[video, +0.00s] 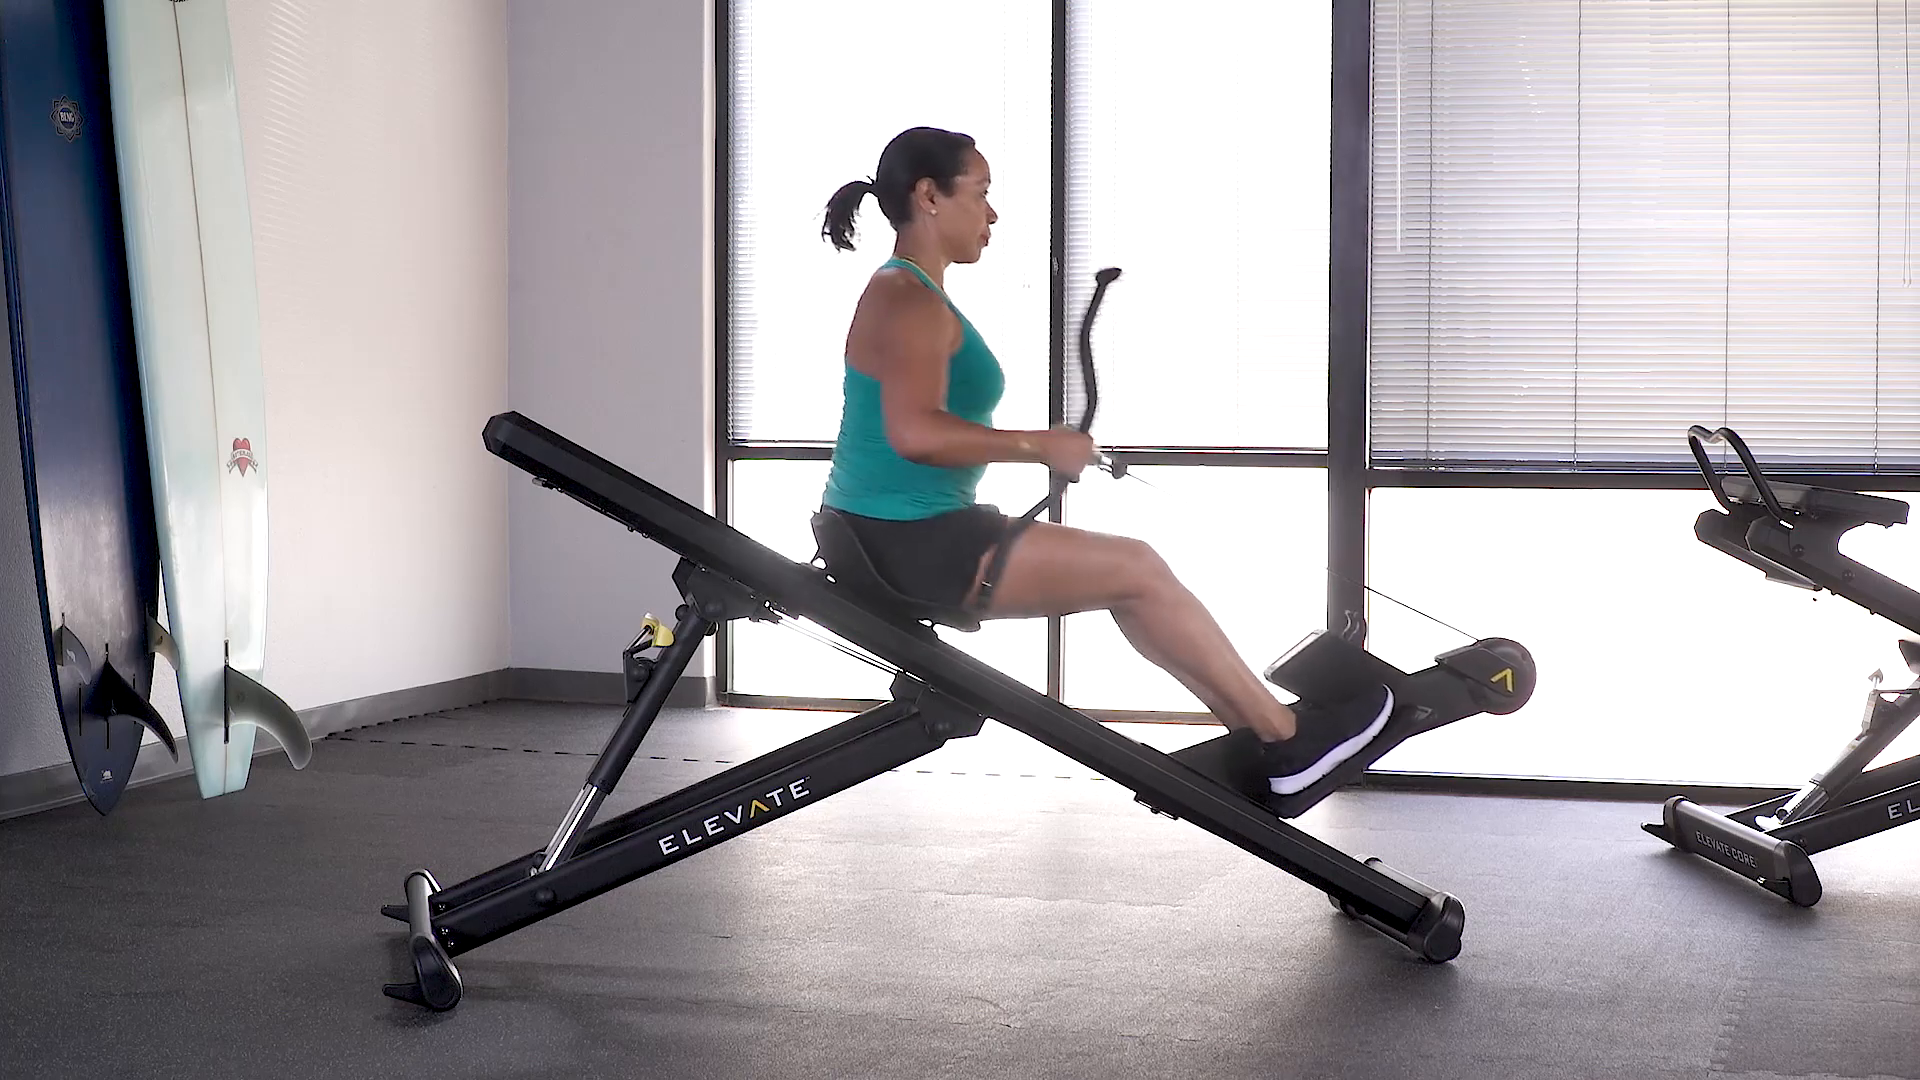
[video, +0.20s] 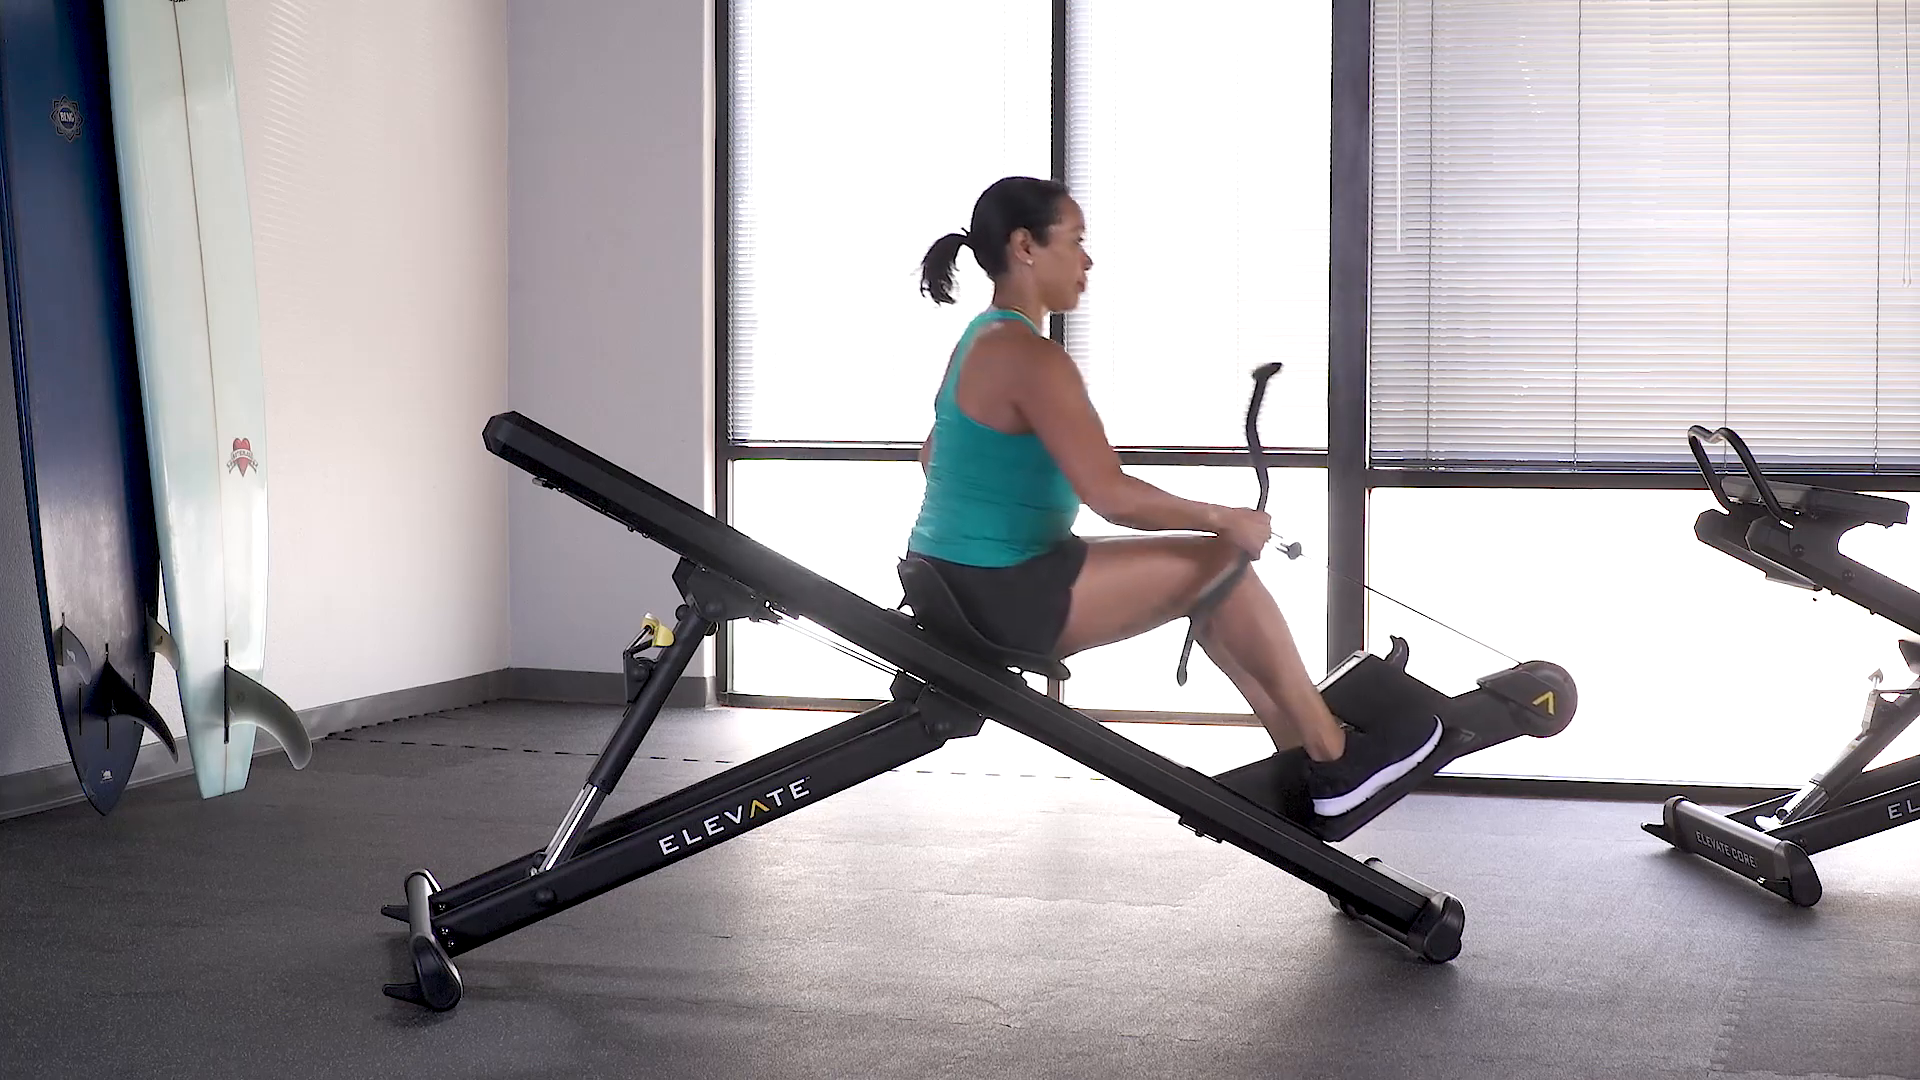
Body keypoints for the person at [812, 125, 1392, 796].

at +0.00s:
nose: (991, 213)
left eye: (988, 195)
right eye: (979, 195)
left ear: (928, 202)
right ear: (927, 199)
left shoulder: (915, 294)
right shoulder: (906, 301)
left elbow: (916, 430)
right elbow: (912, 431)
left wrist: (1027, 445)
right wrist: (1034, 445)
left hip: (904, 531)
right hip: (902, 539)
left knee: (1128, 578)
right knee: (1136, 568)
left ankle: (1256, 721)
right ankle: (1284, 735)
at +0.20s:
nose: (1088, 258)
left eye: (1083, 240)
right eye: (1075, 240)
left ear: (1020, 251)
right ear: (1024, 248)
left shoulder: (981, 339)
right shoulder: (1031, 357)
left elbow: (937, 460)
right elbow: (1108, 492)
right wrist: (1223, 520)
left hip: (951, 582)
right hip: (1000, 593)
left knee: (1203, 567)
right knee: (1220, 558)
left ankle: (1302, 744)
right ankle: (1333, 753)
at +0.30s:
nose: (1135, 283)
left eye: (1130, 266)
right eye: (1122, 266)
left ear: (1068, 275)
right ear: (1074, 274)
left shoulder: (1021, 366)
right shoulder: (1098, 388)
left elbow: (968, 476)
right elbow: (1197, 518)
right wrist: (1310, 552)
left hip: (979, 603)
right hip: (1046, 618)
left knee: (1237, 572)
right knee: (1264, 574)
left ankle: (1320, 755)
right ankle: (1357, 768)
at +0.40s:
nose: (1179, 305)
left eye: (1174, 288)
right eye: (1167, 289)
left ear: (1110, 300)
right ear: (1118, 299)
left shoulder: (1062, 387)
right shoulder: (1158, 414)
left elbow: (997, 494)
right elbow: (1270, 534)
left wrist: (1050, 567)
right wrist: (1380, 580)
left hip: (1015, 624)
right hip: (1088, 638)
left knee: (1266, 570)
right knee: (1298, 577)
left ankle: (1334, 758)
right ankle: (1370, 765)